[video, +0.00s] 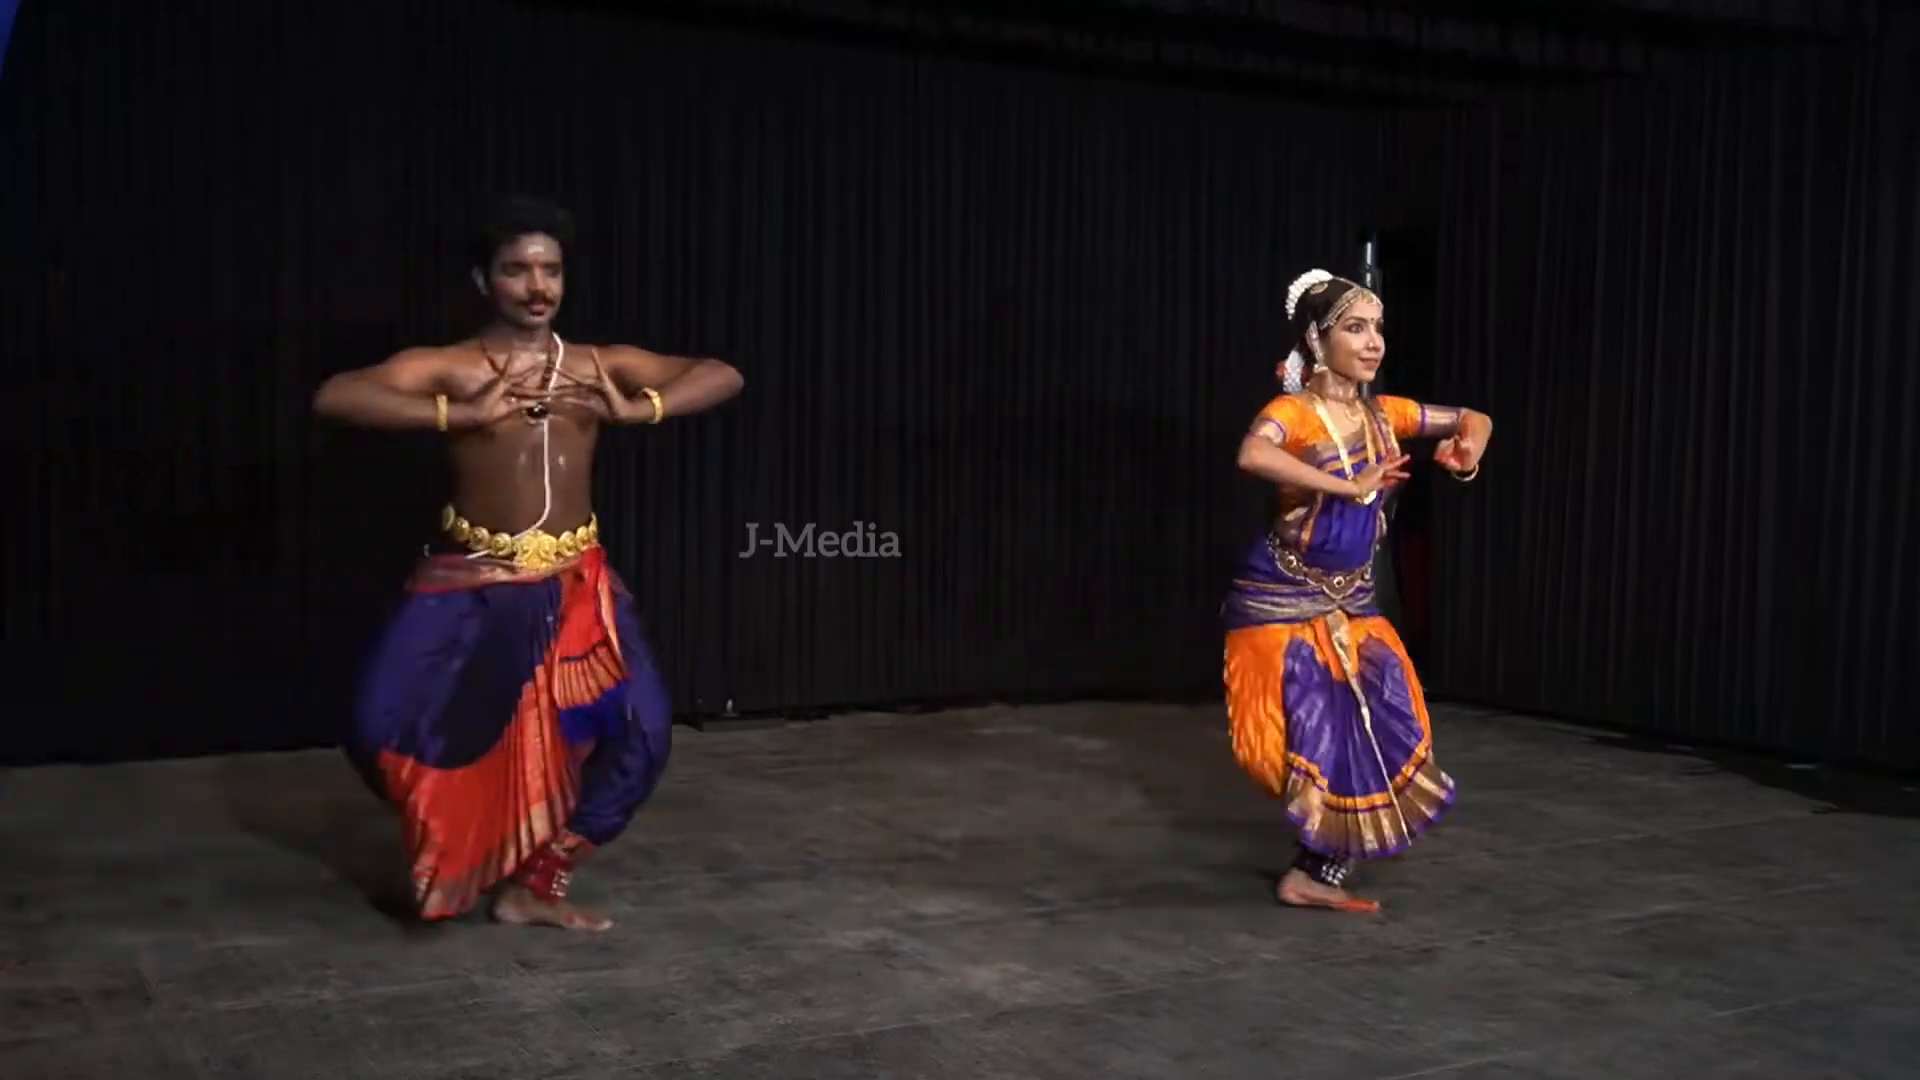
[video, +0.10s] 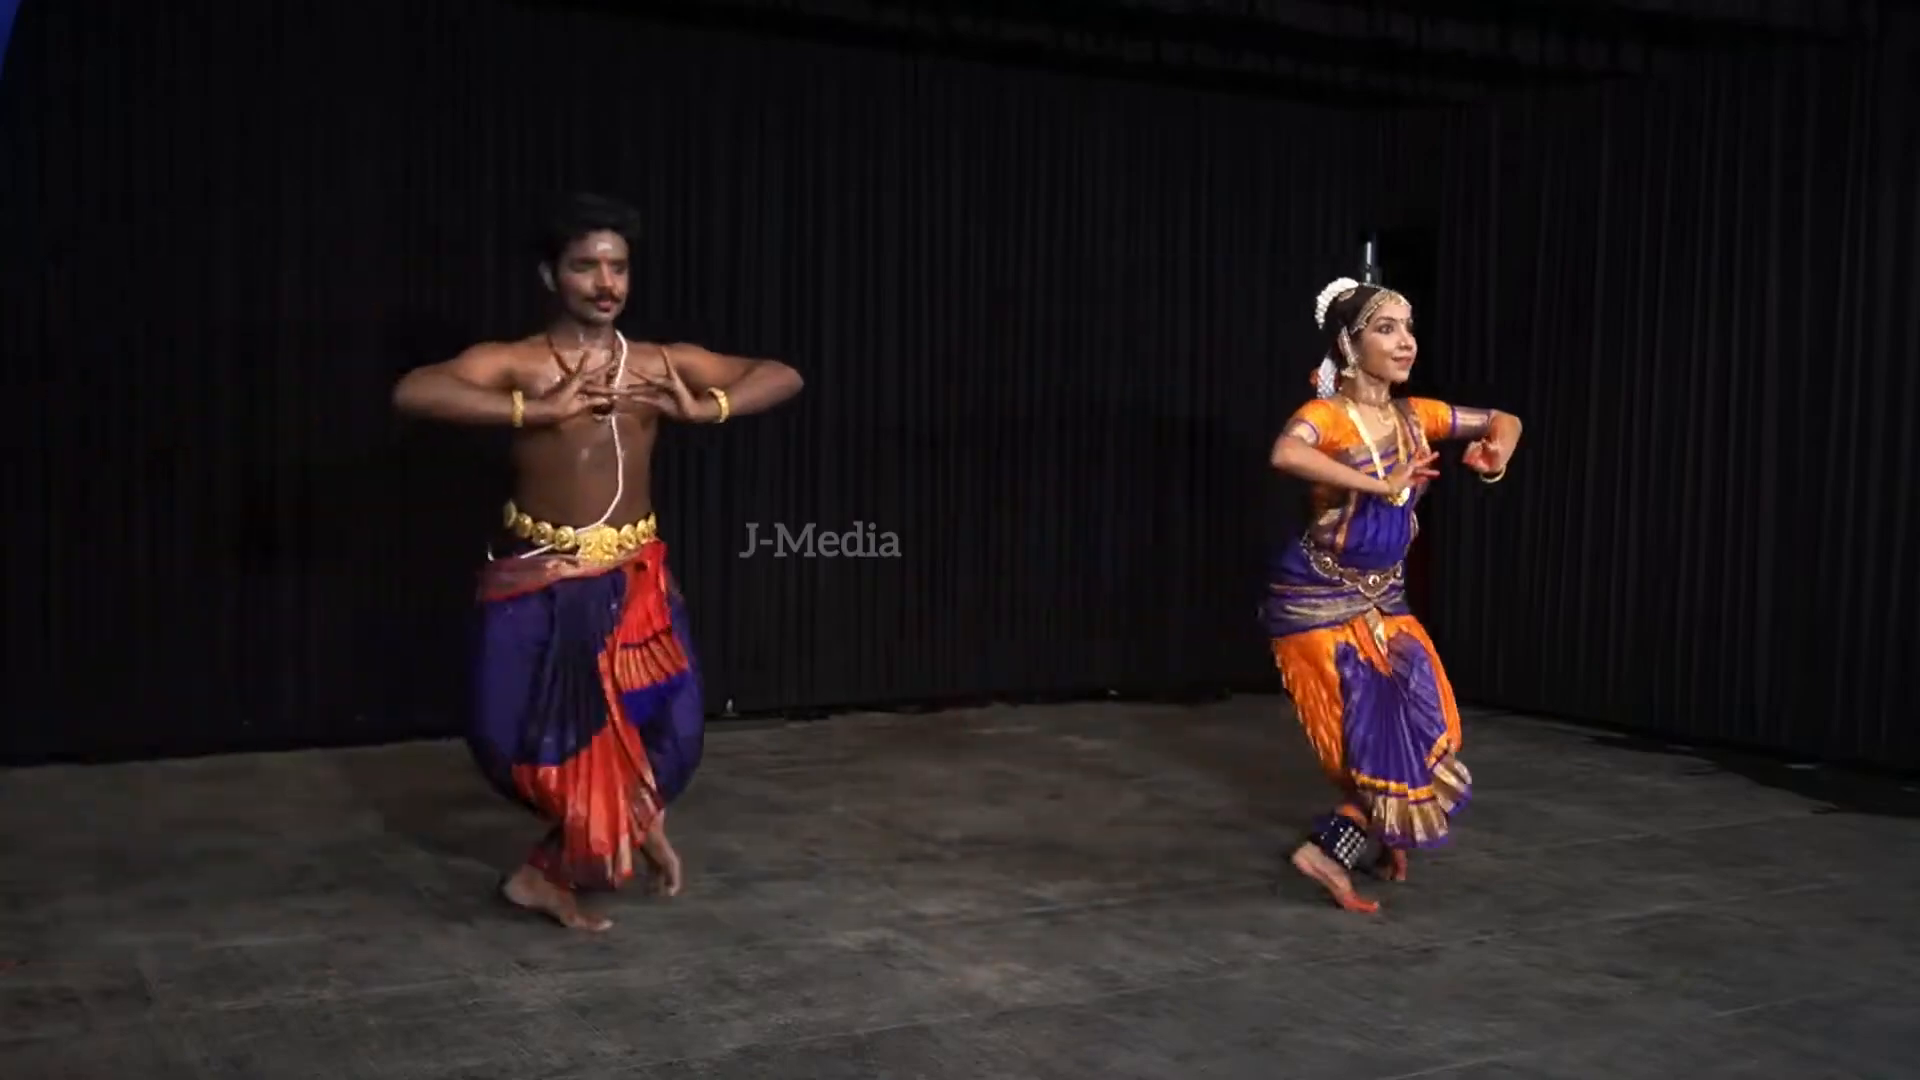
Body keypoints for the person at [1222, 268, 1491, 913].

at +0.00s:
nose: (1374, 342)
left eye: (1379, 329)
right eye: (1357, 328)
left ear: (1383, 339)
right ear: (1318, 340)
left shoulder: (1385, 412)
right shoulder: (1293, 411)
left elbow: (1476, 420)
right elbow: (1254, 455)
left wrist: (1471, 442)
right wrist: (1349, 485)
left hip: (1351, 607)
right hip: (1279, 607)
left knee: (1392, 721)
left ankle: (1314, 875)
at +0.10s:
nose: (1406, 341)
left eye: (1410, 329)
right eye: (1387, 329)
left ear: (1413, 340)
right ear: (1350, 345)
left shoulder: (1417, 415)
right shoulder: (1325, 415)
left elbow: (1506, 422)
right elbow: (1287, 455)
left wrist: (1501, 445)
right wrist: (1379, 485)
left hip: (1384, 602)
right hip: (1315, 603)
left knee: (1435, 725)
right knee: (1353, 732)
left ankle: (1331, 848)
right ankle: (1384, 830)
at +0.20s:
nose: (1431, 346)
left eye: (1434, 335)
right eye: (1413, 336)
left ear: (1437, 347)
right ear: (1377, 353)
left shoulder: (1445, 419)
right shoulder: (1355, 422)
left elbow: (1534, 424)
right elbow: (1312, 461)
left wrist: (1526, 449)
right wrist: (1405, 488)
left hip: (1412, 604)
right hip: (1342, 608)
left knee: (1494, 706)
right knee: (1378, 746)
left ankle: (1393, 825)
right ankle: (1406, 830)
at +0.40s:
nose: (1490, 368)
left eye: (1495, 355)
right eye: (1474, 356)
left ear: (1501, 364)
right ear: (1438, 368)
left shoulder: (1506, 431)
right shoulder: (1415, 429)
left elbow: (1596, 434)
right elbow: (1370, 461)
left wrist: (1582, 465)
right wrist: (1455, 488)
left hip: (1461, 606)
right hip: (1389, 602)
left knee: (1538, 698)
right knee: (1364, 722)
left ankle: (1490, 840)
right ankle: (1404, 830)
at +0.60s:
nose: (1552, 403)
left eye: (1557, 391)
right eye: (1537, 390)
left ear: (1559, 397)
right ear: (1500, 399)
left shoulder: (1554, 462)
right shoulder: (1469, 459)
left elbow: (1623, 486)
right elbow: (1425, 517)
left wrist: (1618, 495)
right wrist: (1518, 504)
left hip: (1495, 625)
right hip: (1427, 619)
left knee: (1574, 706)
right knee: (1411, 717)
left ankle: (1507, 833)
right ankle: (1425, 848)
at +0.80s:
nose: (1619, 392)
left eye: (1623, 380)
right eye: (1606, 379)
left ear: (1621, 388)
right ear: (1568, 386)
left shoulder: (1598, 458)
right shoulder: (1535, 443)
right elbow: (1479, 510)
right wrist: (1454, 474)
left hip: (1539, 597)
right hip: (1481, 590)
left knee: (1615, 661)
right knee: (1459, 696)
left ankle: (1584, 791)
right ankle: (1432, 841)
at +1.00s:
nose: (1669, 407)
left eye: (1666, 398)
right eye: (1665, 398)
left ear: (1637, 406)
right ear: (1650, 405)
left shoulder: (1653, 472)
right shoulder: (1605, 446)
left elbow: (1690, 478)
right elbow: (1553, 452)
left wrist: (1735, 467)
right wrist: (1488, 451)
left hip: (1599, 612)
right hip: (1551, 598)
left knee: (1651, 690)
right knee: (1535, 696)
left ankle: (1606, 802)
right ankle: (1476, 803)